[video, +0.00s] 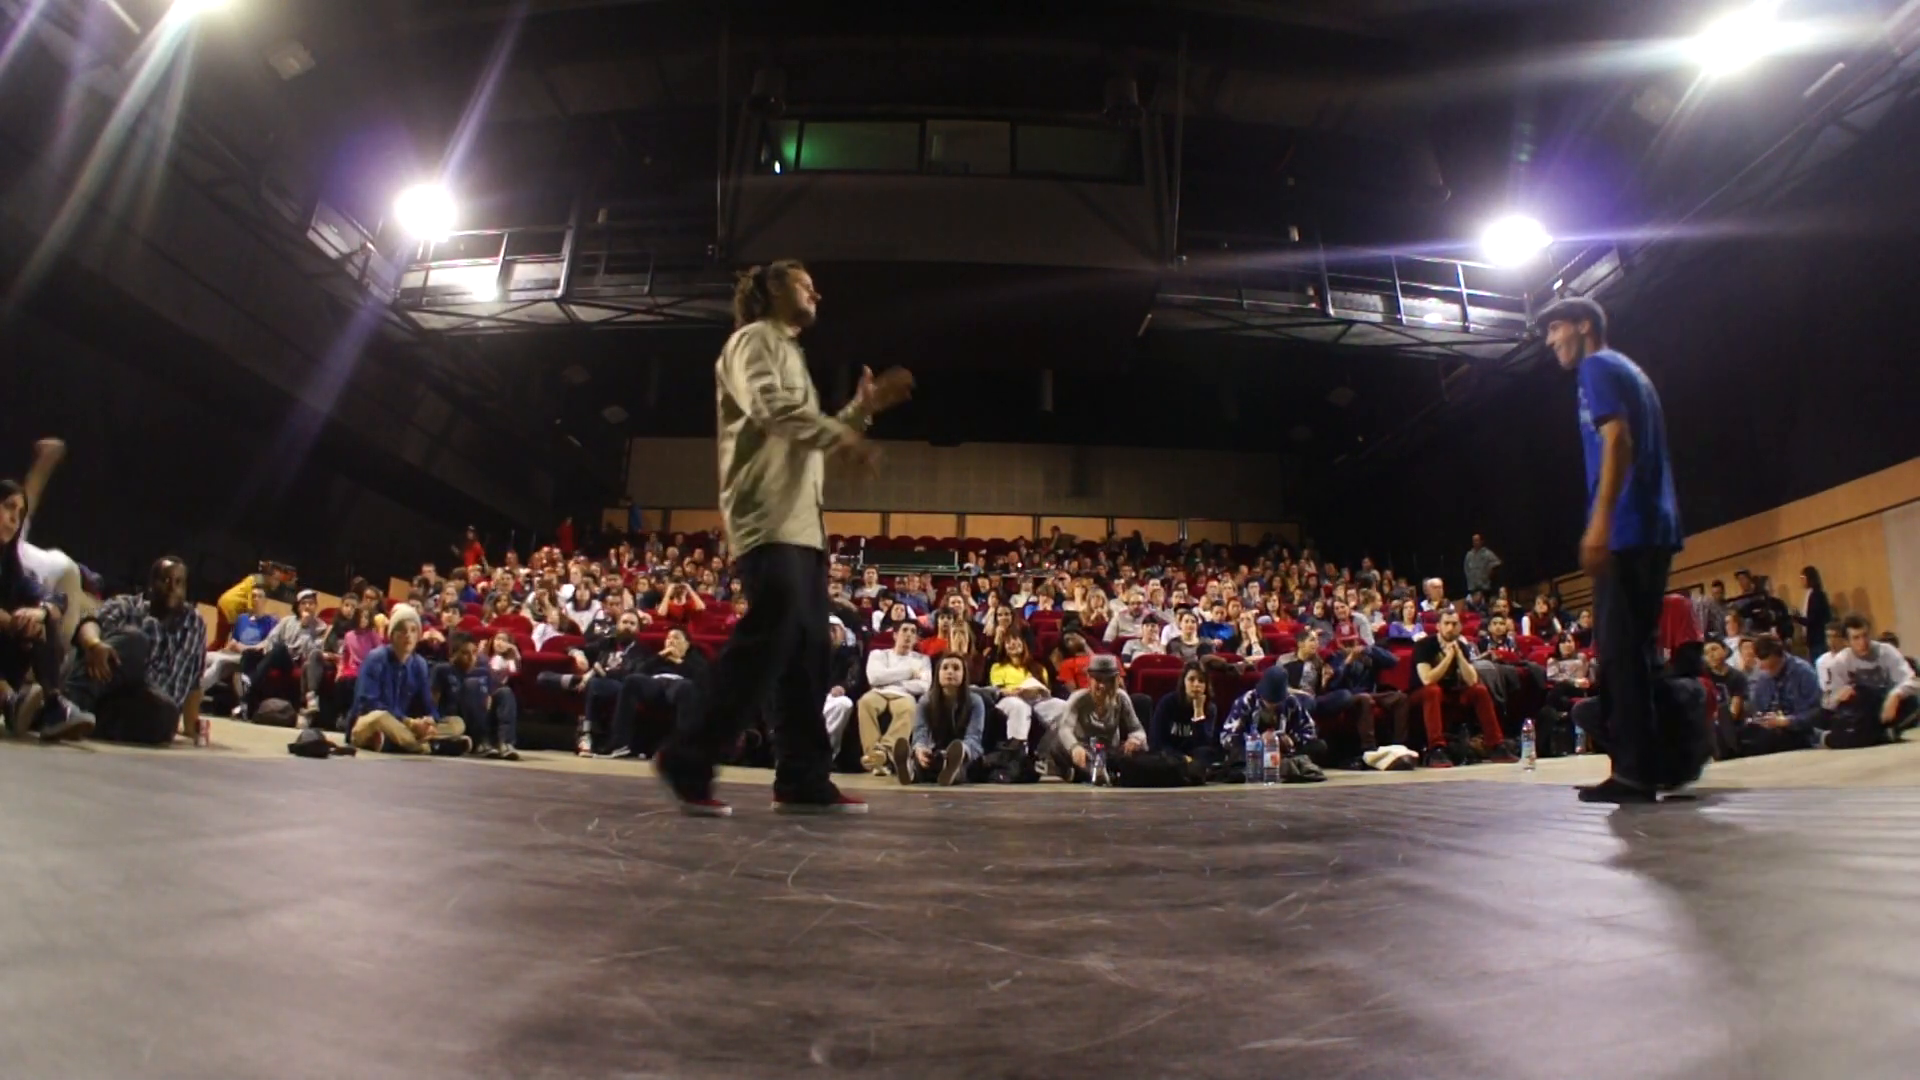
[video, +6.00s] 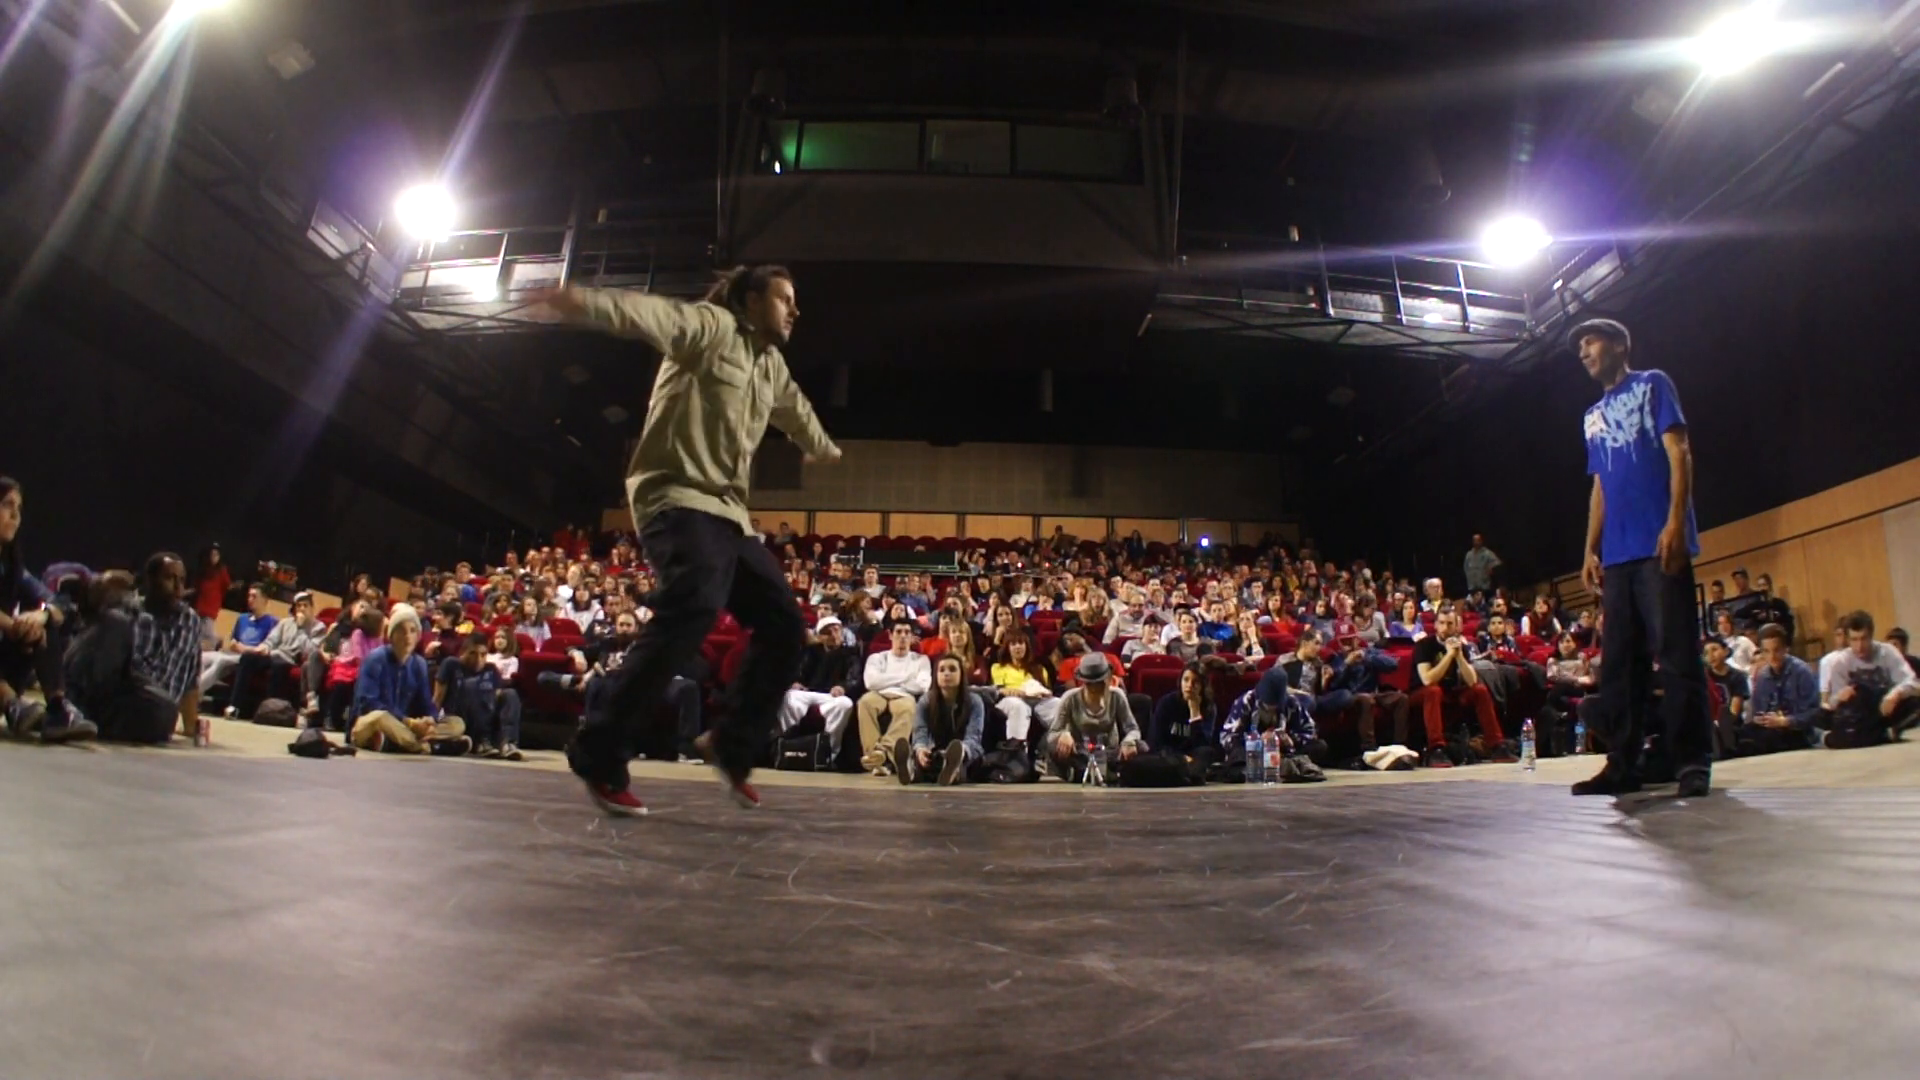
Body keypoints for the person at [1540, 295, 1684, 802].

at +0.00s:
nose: (1551, 341)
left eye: (1556, 330)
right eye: (1548, 333)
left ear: (1586, 327)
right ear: (1588, 332)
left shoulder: (1597, 367)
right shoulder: (1624, 369)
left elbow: (1617, 439)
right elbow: (1638, 450)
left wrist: (1599, 522)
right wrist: (1622, 522)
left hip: (1627, 531)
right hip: (1650, 530)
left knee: (1619, 650)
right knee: (1632, 649)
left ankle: (1632, 772)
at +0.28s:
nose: (1523, 361)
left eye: (1529, 351)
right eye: (1522, 355)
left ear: (1558, 350)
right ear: (1553, 354)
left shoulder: (1574, 388)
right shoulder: (1578, 394)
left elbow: (1587, 460)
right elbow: (1604, 472)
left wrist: (1547, 527)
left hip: (1604, 542)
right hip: (1603, 543)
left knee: (1612, 654)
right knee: (1598, 655)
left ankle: (1635, 774)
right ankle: (1574, 761)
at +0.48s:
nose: (1509, 377)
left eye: (1515, 367)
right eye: (1506, 372)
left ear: (1542, 366)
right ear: (1516, 379)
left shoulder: (1570, 402)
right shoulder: (1538, 430)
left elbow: (1590, 474)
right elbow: (1556, 496)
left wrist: (1562, 540)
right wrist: (1559, 562)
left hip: (1594, 552)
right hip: (1569, 559)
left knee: (1603, 660)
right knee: (1569, 665)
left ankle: (1636, 771)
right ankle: (1569, 767)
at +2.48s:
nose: (1530, 379)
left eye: (1537, 370)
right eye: (1526, 375)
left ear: (1563, 372)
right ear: (1528, 385)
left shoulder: (1594, 411)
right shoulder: (1536, 442)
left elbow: (1614, 479)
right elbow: (1539, 507)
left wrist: (1613, 548)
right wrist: (1533, 568)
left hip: (1595, 566)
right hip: (1554, 574)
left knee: (1624, 669)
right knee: (1560, 674)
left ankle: (1645, 763)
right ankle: (1568, 766)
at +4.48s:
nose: (1548, 367)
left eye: (1555, 358)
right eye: (1545, 362)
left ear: (1583, 359)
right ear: (1547, 372)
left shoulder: (1615, 399)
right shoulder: (1559, 429)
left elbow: (1642, 466)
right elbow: (1566, 493)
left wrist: (1650, 539)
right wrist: (1556, 551)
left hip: (1626, 554)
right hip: (1584, 561)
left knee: (1641, 662)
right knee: (1580, 665)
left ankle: (1649, 764)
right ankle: (1568, 768)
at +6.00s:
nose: (1584, 353)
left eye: (1591, 344)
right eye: (1581, 348)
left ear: (1620, 345)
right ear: (1585, 358)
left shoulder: (1652, 384)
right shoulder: (1592, 417)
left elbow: (1679, 452)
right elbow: (1600, 485)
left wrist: (1676, 523)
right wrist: (1591, 548)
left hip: (1659, 545)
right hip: (1617, 554)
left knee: (1675, 656)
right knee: (1619, 661)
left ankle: (1692, 763)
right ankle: (1623, 764)